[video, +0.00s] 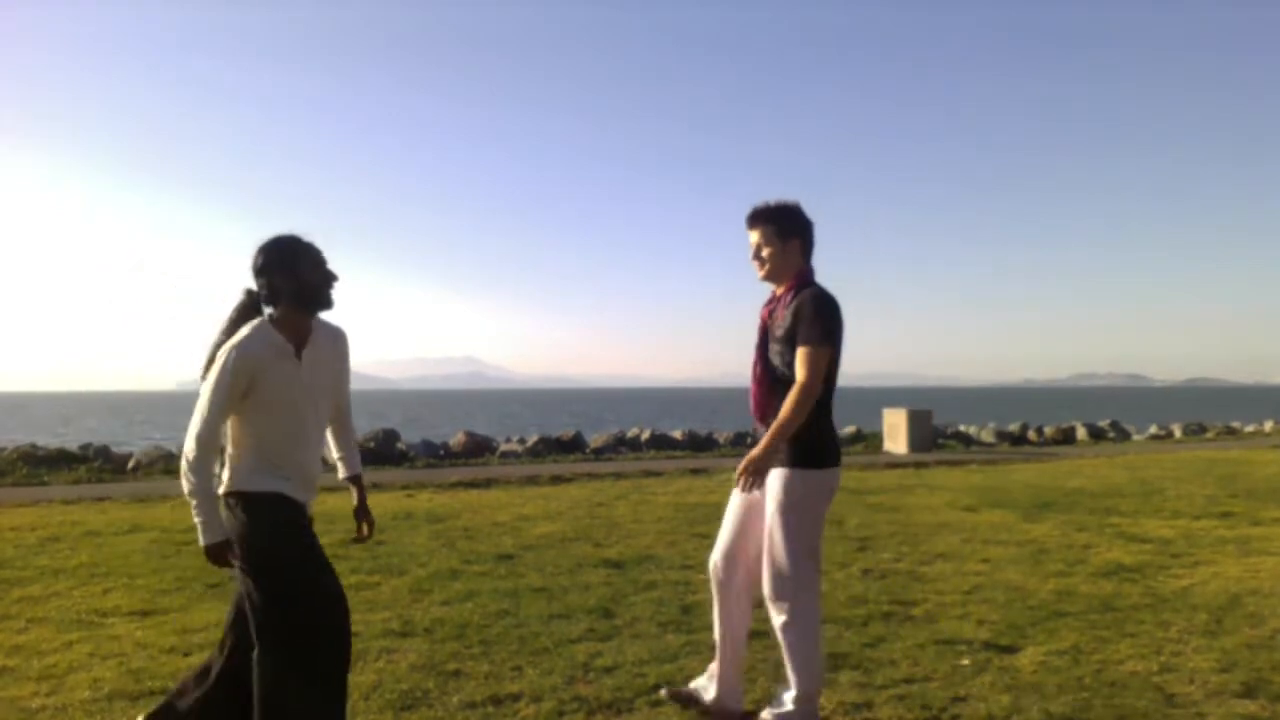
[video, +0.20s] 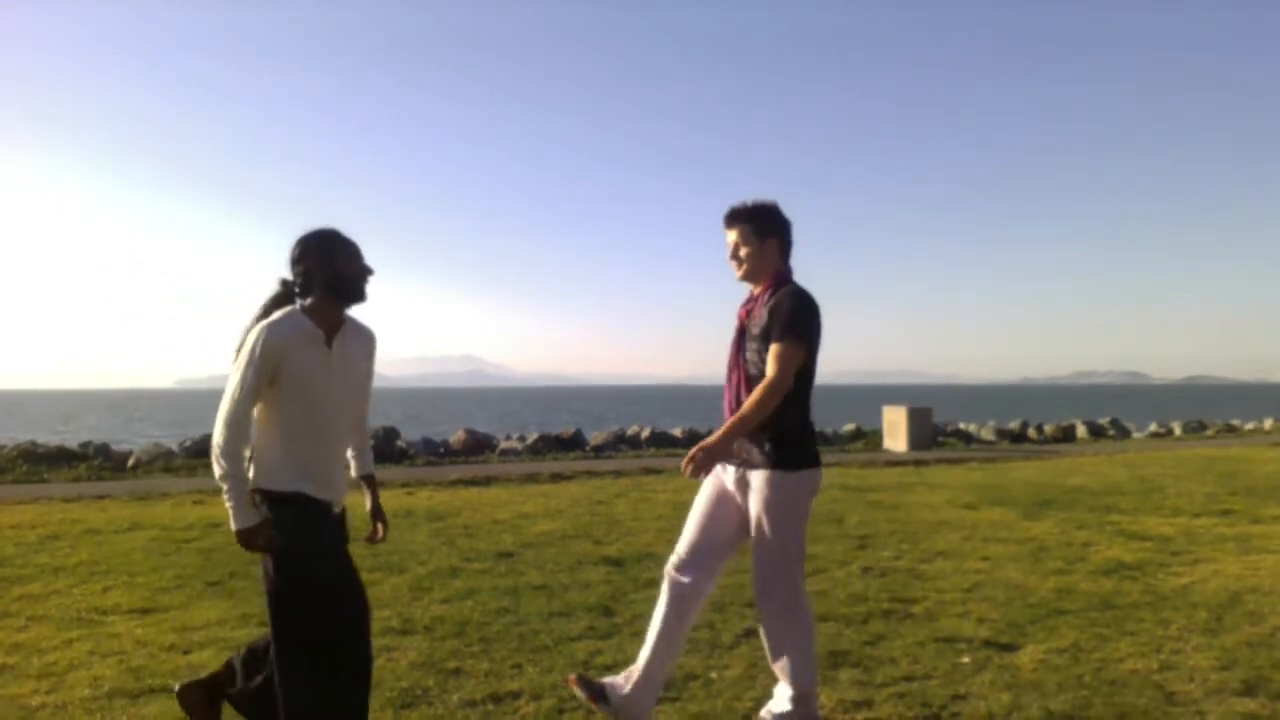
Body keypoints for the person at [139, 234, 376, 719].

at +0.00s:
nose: (332, 276)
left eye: (326, 266)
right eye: (318, 267)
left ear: (293, 280)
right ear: (285, 280)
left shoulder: (332, 341)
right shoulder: (245, 349)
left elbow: (339, 421)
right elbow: (198, 446)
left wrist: (357, 487)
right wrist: (210, 527)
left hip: (295, 504)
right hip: (253, 502)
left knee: (249, 643)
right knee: (324, 616)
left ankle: (182, 713)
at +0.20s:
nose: (367, 269)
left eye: (362, 258)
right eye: (354, 258)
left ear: (335, 271)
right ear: (320, 269)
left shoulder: (361, 341)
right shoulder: (272, 335)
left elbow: (356, 424)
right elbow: (228, 430)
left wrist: (371, 489)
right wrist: (242, 511)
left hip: (329, 503)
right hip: (283, 500)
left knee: (308, 628)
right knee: (348, 616)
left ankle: (214, 689)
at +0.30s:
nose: (382, 269)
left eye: (377, 259)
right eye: (369, 258)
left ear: (353, 271)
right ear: (334, 269)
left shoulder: (371, 342)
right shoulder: (288, 329)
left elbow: (357, 424)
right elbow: (242, 422)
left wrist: (371, 492)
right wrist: (255, 506)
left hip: (343, 507)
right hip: (294, 504)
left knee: (354, 628)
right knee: (314, 628)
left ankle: (246, 687)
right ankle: (247, 687)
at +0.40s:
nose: (396, 270)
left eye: (391, 260)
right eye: (381, 259)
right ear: (346, 267)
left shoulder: (378, 344)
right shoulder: (304, 323)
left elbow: (351, 426)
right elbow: (254, 417)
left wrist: (364, 492)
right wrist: (274, 503)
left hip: (359, 514)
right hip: (308, 510)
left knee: (377, 621)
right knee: (319, 638)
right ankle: (293, 705)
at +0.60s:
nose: (416, 277)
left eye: (412, 268)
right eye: (405, 266)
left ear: (373, 275)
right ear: (371, 273)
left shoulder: (375, 331)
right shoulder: (343, 311)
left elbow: (342, 403)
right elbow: (283, 382)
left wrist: (366, 475)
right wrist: (326, 469)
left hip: (367, 499)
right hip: (328, 500)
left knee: (417, 597)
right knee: (342, 626)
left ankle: (405, 705)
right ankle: (345, 709)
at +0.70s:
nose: (426, 279)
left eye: (421, 269)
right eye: (414, 268)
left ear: (383, 275)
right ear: (383, 273)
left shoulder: (382, 323)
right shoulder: (366, 308)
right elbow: (309, 361)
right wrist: (370, 430)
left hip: (366, 487)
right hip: (334, 487)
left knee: (425, 591)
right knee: (348, 616)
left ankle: (434, 702)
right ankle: (350, 711)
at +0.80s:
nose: (433, 277)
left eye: (429, 268)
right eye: (421, 267)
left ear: (387, 273)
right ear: (390, 271)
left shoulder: (383, 322)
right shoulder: (381, 308)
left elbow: (322, 419)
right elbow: (340, 363)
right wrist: (434, 395)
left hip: (374, 489)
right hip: (351, 488)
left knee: (432, 592)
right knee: (360, 619)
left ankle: (445, 703)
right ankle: (357, 713)